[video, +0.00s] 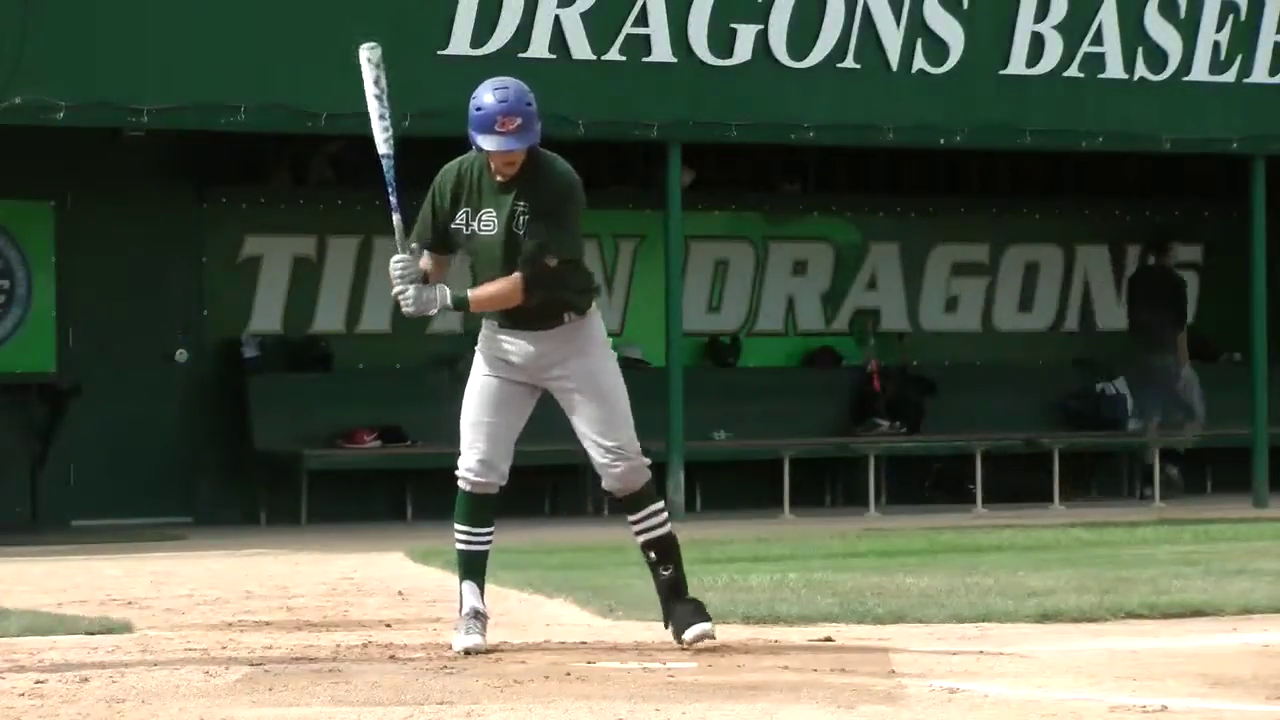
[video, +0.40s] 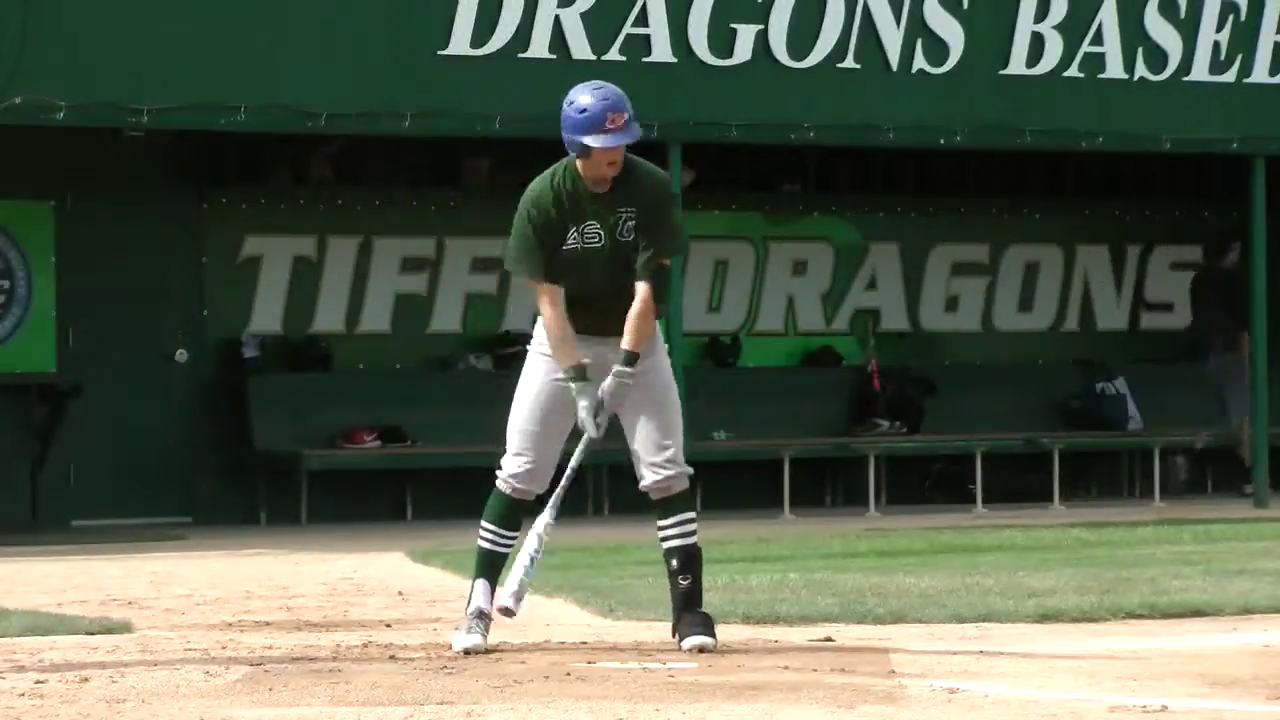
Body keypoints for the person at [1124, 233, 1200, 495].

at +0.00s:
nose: (1174, 256)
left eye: (1171, 251)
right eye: (1172, 251)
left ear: (1149, 251)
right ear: (1169, 252)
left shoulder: (1135, 279)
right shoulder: (1175, 281)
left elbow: (1133, 323)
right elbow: (1180, 325)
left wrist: (1139, 350)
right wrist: (1184, 362)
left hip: (1142, 358)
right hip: (1168, 358)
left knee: (1149, 417)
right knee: (1193, 414)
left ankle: (1146, 480)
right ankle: (1171, 461)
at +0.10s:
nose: (1193, 252)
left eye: (1190, 248)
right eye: (1191, 248)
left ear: (1167, 251)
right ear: (1185, 252)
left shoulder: (1151, 279)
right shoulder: (1188, 283)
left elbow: (1140, 318)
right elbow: (1190, 330)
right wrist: (1194, 366)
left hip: (1156, 354)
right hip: (1183, 357)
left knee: (1157, 416)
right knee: (1211, 411)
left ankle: (1150, 479)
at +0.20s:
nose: (1207, 260)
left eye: (1205, 254)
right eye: (1206, 255)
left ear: (1183, 254)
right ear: (1201, 255)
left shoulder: (1167, 281)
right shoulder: (1204, 283)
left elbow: (1165, 316)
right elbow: (1206, 330)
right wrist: (1210, 368)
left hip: (1173, 356)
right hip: (1200, 358)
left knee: (1172, 414)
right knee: (1222, 418)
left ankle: (1151, 474)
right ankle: (1241, 472)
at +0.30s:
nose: (1222, 260)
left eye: (1220, 255)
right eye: (1220, 255)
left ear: (1198, 254)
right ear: (1216, 256)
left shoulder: (1183, 283)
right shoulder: (1220, 283)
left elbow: (1185, 325)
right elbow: (1224, 332)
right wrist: (1227, 370)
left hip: (1191, 358)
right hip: (1217, 358)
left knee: (1188, 414)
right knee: (1237, 416)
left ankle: (1163, 463)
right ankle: (1245, 475)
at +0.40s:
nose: (1238, 256)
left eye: (1237, 251)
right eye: (1236, 251)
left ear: (1210, 252)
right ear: (1229, 252)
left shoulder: (1199, 279)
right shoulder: (1233, 280)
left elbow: (1200, 317)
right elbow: (1241, 318)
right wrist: (1245, 354)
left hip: (1206, 352)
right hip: (1232, 354)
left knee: (1206, 412)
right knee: (1241, 414)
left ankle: (1197, 469)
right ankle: (1245, 472)